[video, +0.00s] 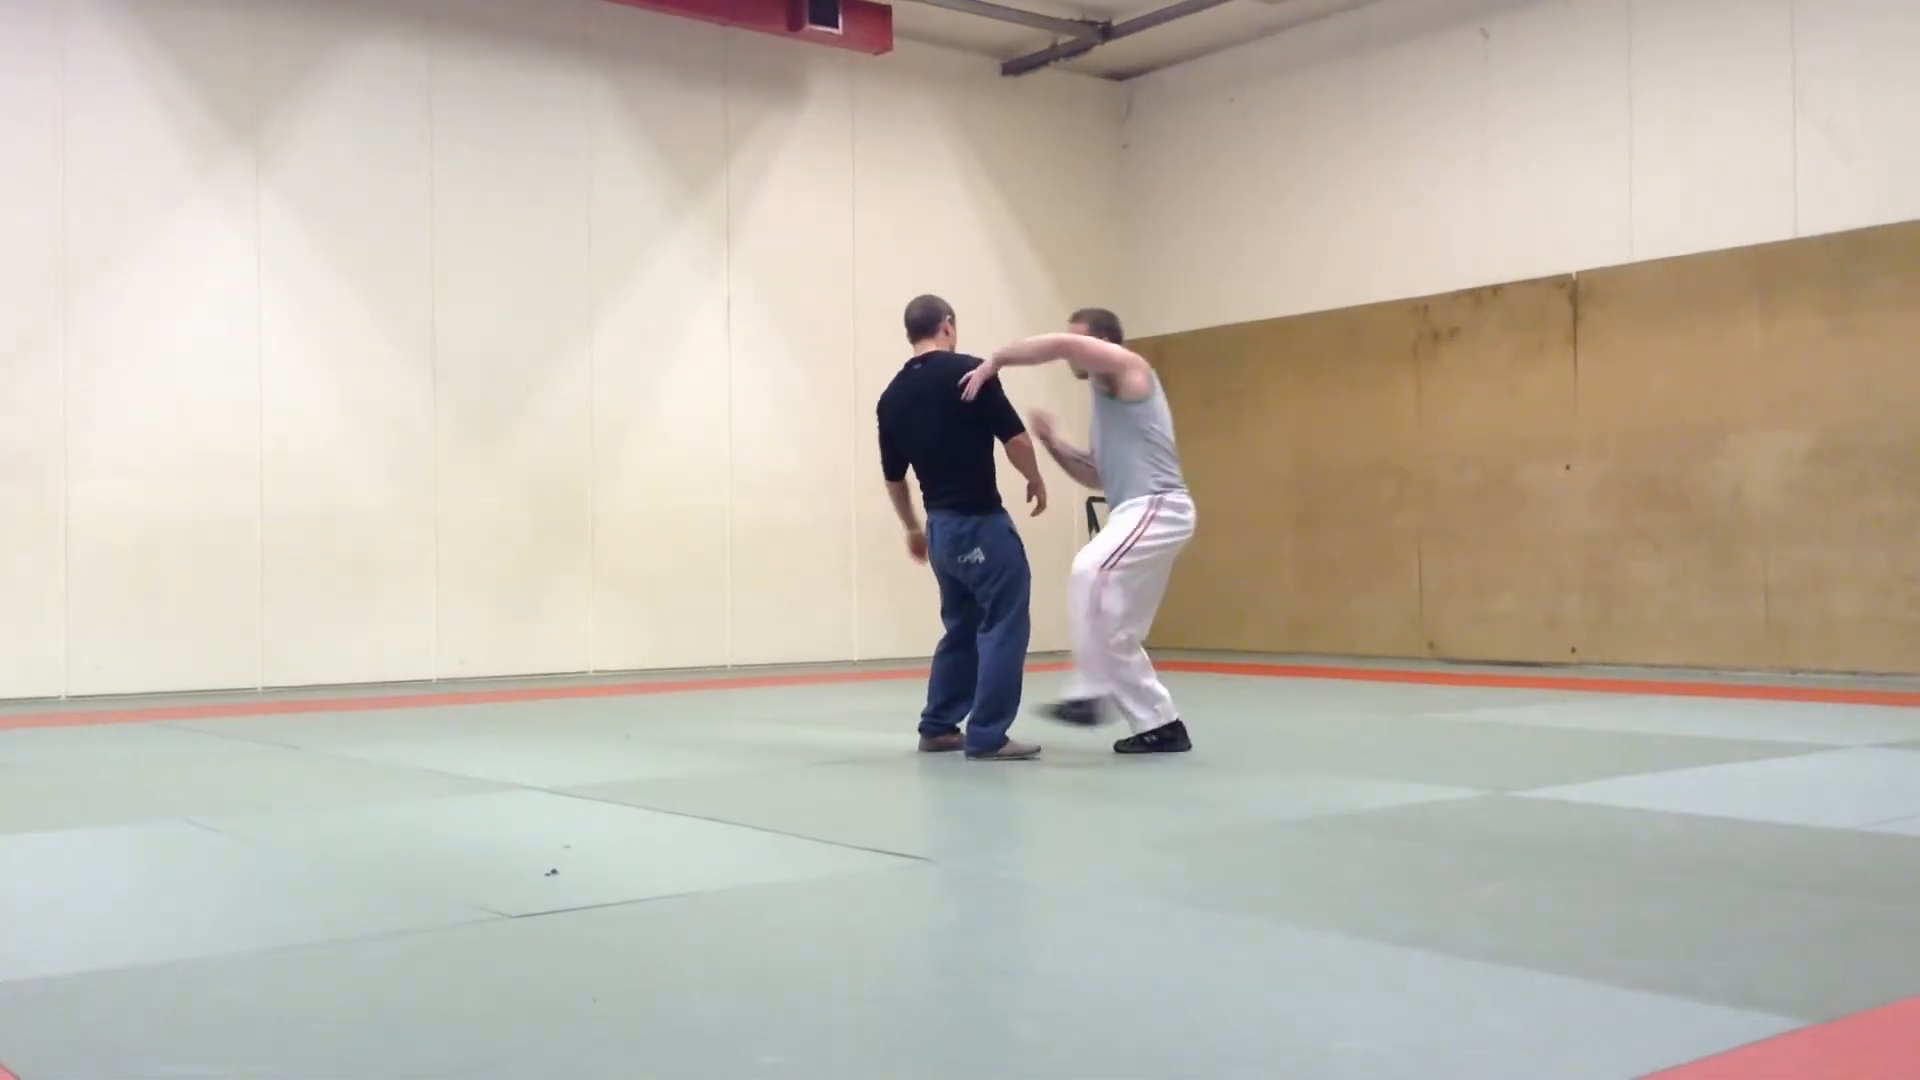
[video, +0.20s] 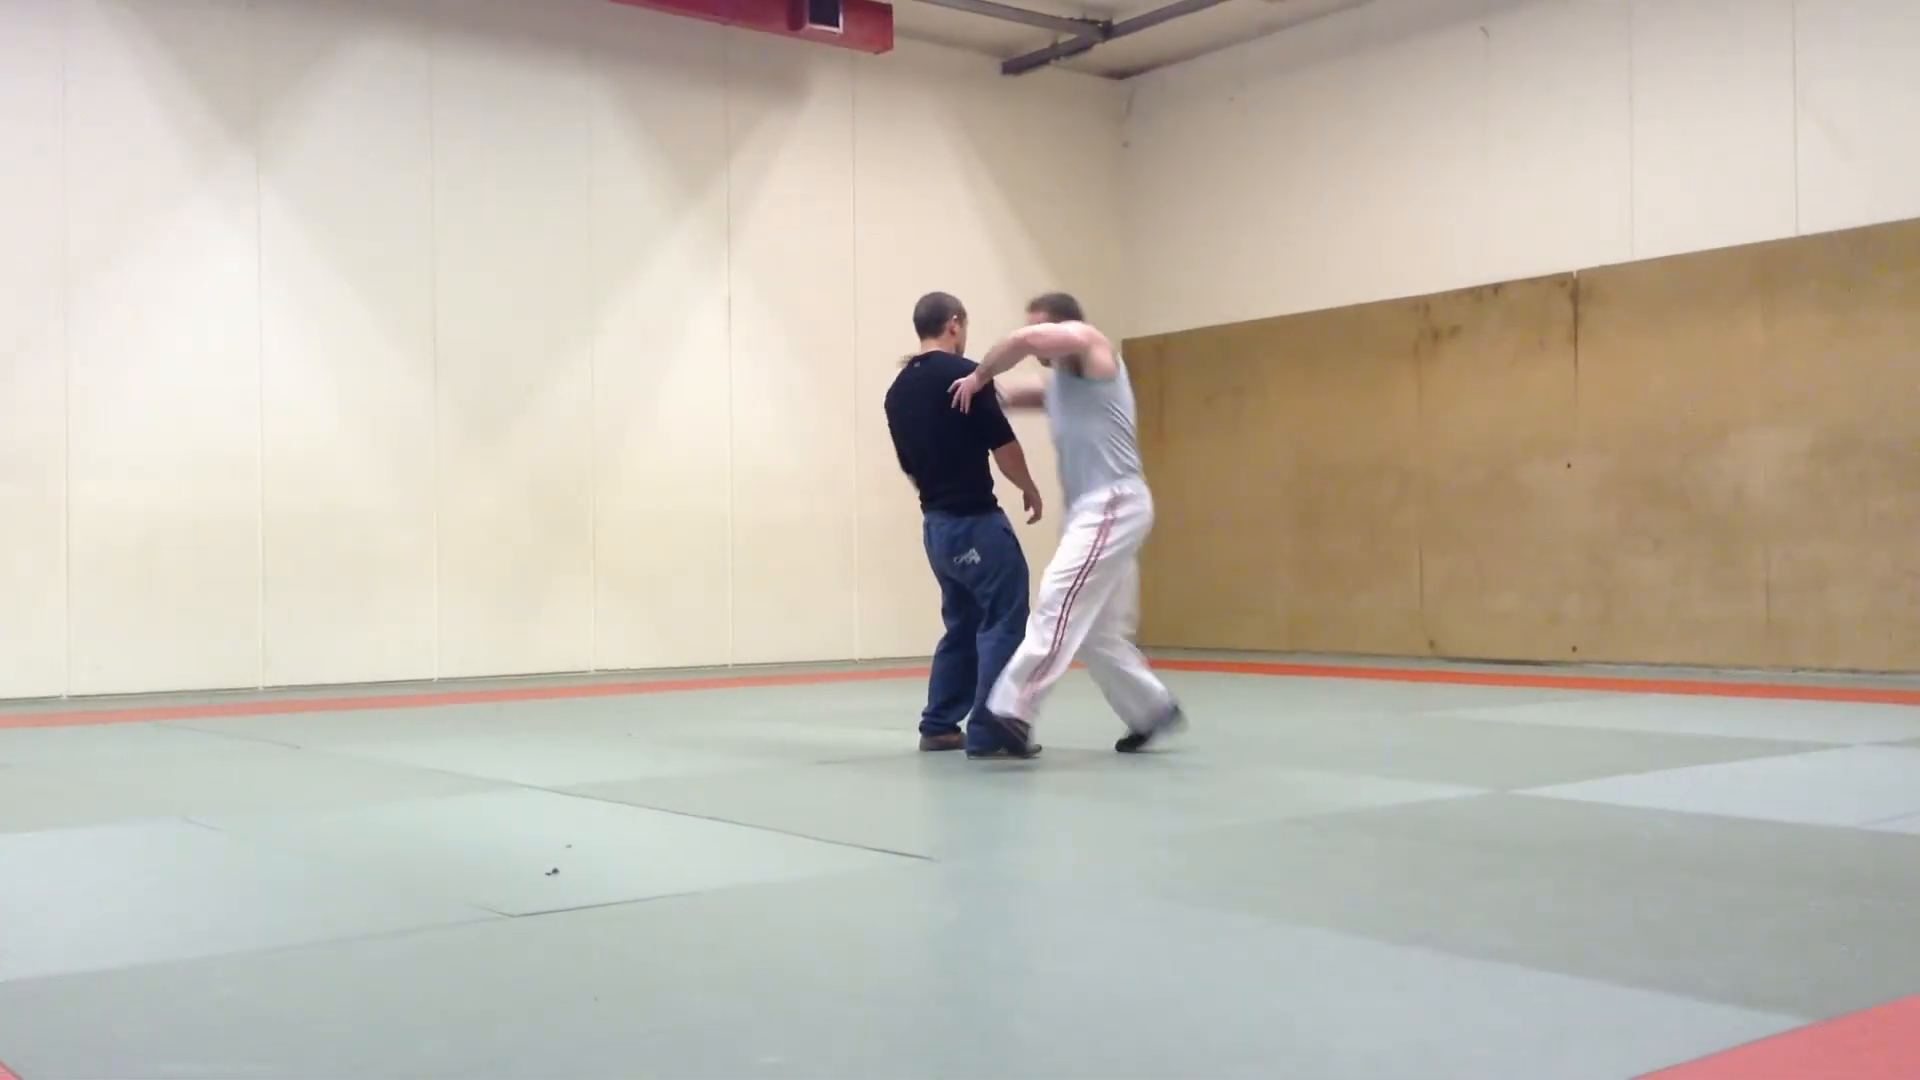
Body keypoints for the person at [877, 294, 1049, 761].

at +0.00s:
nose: (956, 334)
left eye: (952, 328)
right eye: (955, 327)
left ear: (908, 334)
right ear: (948, 328)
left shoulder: (892, 395)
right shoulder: (972, 371)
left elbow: (894, 476)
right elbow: (1015, 439)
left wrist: (911, 527)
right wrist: (1033, 478)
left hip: (940, 527)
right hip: (984, 525)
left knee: (960, 626)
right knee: (1007, 624)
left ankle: (938, 726)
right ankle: (988, 736)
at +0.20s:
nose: (966, 334)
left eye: (964, 327)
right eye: (965, 327)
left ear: (918, 330)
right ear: (954, 326)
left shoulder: (898, 390)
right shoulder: (968, 375)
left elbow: (910, 464)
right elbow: (1004, 447)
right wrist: (1028, 488)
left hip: (937, 526)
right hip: (978, 524)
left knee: (961, 623)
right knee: (1006, 622)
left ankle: (939, 724)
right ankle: (989, 730)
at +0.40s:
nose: (970, 333)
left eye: (969, 325)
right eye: (969, 325)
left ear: (923, 326)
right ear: (957, 324)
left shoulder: (898, 380)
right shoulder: (964, 376)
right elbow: (996, 445)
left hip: (937, 515)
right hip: (979, 511)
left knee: (963, 617)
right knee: (1009, 616)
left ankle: (940, 721)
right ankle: (990, 732)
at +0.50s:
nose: (962, 335)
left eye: (961, 327)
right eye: (960, 327)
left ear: (914, 329)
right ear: (945, 328)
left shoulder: (892, 386)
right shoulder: (959, 384)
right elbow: (984, 449)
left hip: (930, 521)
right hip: (974, 516)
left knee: (960, 620)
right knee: (1009, 621)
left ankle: (941, 720)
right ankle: (991, 731)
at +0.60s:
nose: (947, 345)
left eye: (943, 337)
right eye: (943, 338)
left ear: (895, 344)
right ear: (932, 341)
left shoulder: (882, 396)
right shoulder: (954, 395)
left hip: (930, 524)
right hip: (967, 519)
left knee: (962, 618)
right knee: (1011, 616)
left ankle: (942, 719)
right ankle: (993, 729)